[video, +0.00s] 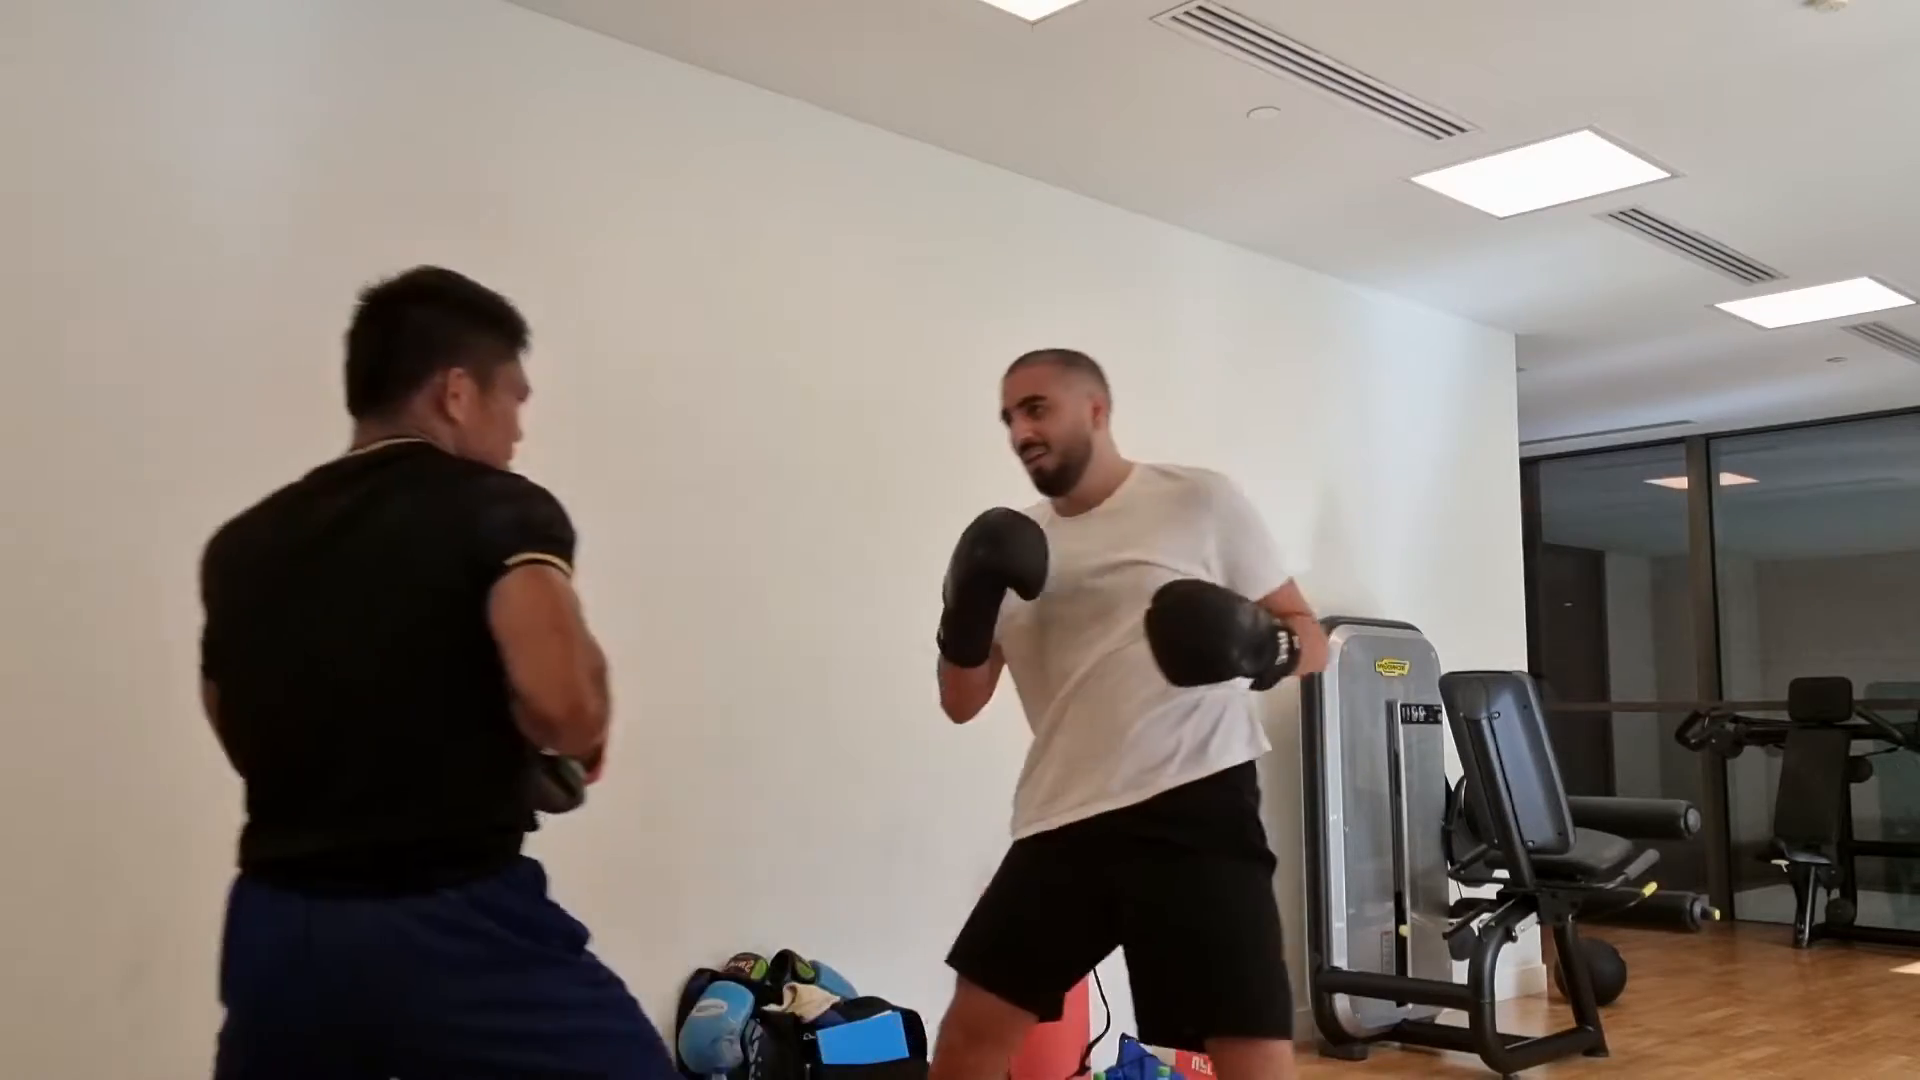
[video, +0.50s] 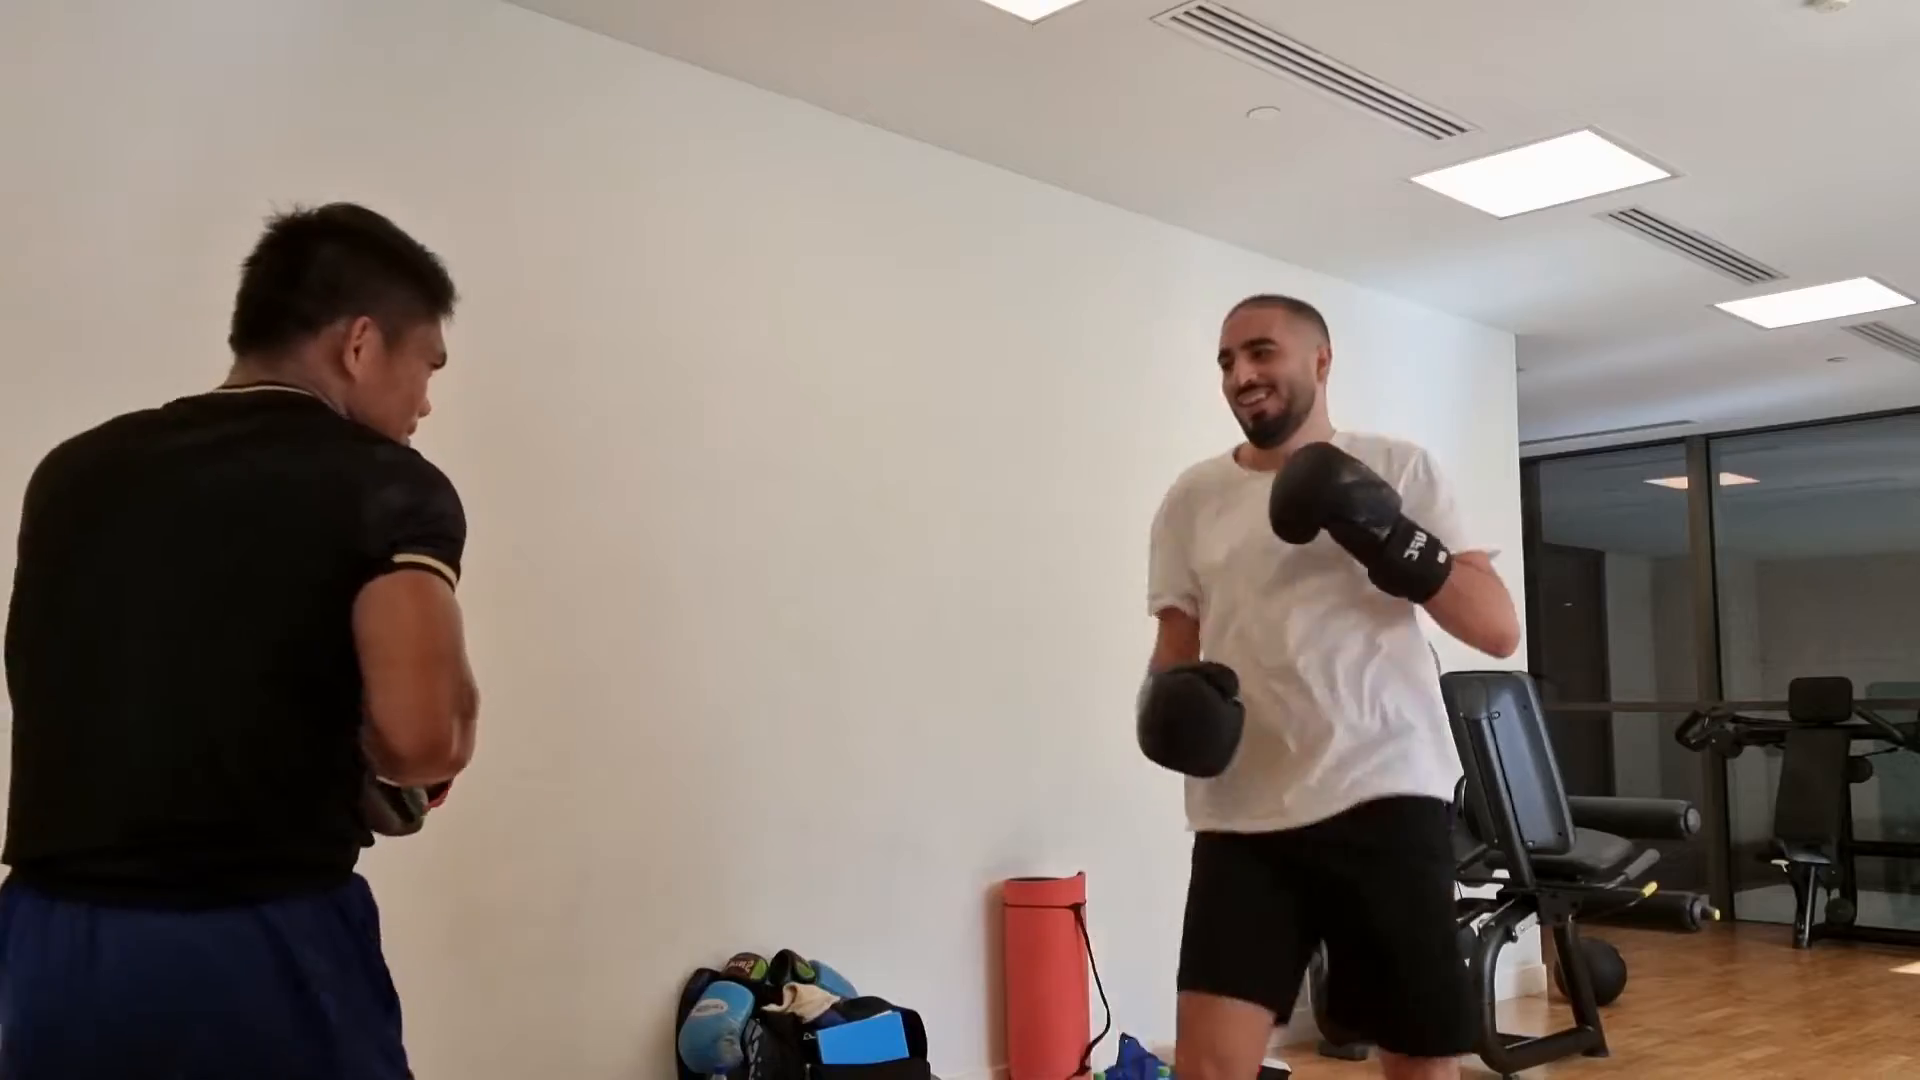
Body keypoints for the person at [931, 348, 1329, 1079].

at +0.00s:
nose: (1019, 432)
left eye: (1036, 408)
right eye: (1009, 418)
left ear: (1097, 407)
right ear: (1007, 434)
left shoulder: (1204, 501)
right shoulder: (1014, 549)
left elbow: (1310, 642)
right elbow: (961, 702)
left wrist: (1260, 647)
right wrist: (970, 597)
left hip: (1199, 814)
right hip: (1060, 831)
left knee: (1255, 1062)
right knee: (966, 1051)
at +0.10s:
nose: (1090, 414)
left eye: (1108, 391)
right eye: (1080, 402)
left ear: (1170, 394)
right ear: (1075, 419)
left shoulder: (1269, 499)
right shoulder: (1062, 540)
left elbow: (1357, 662)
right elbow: (1010, 689)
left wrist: (1294, 631)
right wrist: (1004, 612)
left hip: (1261, 804)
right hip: (1121, 824)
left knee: (1312, 1049)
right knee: (1036, 1031)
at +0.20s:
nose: (1151, 393)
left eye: (1171, 371)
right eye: (1139, 380)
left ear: (1229, 379)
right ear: (1134, 400)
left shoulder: (1319, 486)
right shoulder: (1115, 516)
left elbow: (1412, 655)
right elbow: (1047, 669)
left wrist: (1332, 601)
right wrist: (1042, 626)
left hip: (1312, 804)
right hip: (1170, 819)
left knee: (1349, 1062)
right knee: (1072, 1056)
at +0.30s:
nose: (1184, 346)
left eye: (1205, 323)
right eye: (1172, 332)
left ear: (1264, 331)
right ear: (1166, 351)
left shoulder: (1351, 435)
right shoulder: (1147, 464)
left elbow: (1446, 595)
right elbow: (1114, 600)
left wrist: (1341, 544)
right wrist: (1099, 627)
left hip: (1335, 763)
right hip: (1195, 775)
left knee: (1359, 1037)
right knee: (1132, 1022)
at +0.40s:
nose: (1213, 332)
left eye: (1234, 311)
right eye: (1201, 320)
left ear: (1293, 320)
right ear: (1194, 337)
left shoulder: (1375, 422)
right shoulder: (1170, 450)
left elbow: (1476, 583)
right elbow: (1141, 600)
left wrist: (1366, 523)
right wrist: (1129, 655)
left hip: (1360, 753)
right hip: (1220, 763)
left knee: (1386, 1032)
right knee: (1186, 1025)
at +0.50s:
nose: (1241, 372)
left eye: (1262, 350)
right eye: (1228, 360)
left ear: (1321, 360)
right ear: (1219, 380)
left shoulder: (1399, 468)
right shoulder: (1191, 500)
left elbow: (1500, 630)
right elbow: (1175, 647)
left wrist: (1390, 535)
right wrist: (1173, 707)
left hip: (1386, 804)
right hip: (1244, 821)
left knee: (1424, 1064)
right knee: (1208, 1064)